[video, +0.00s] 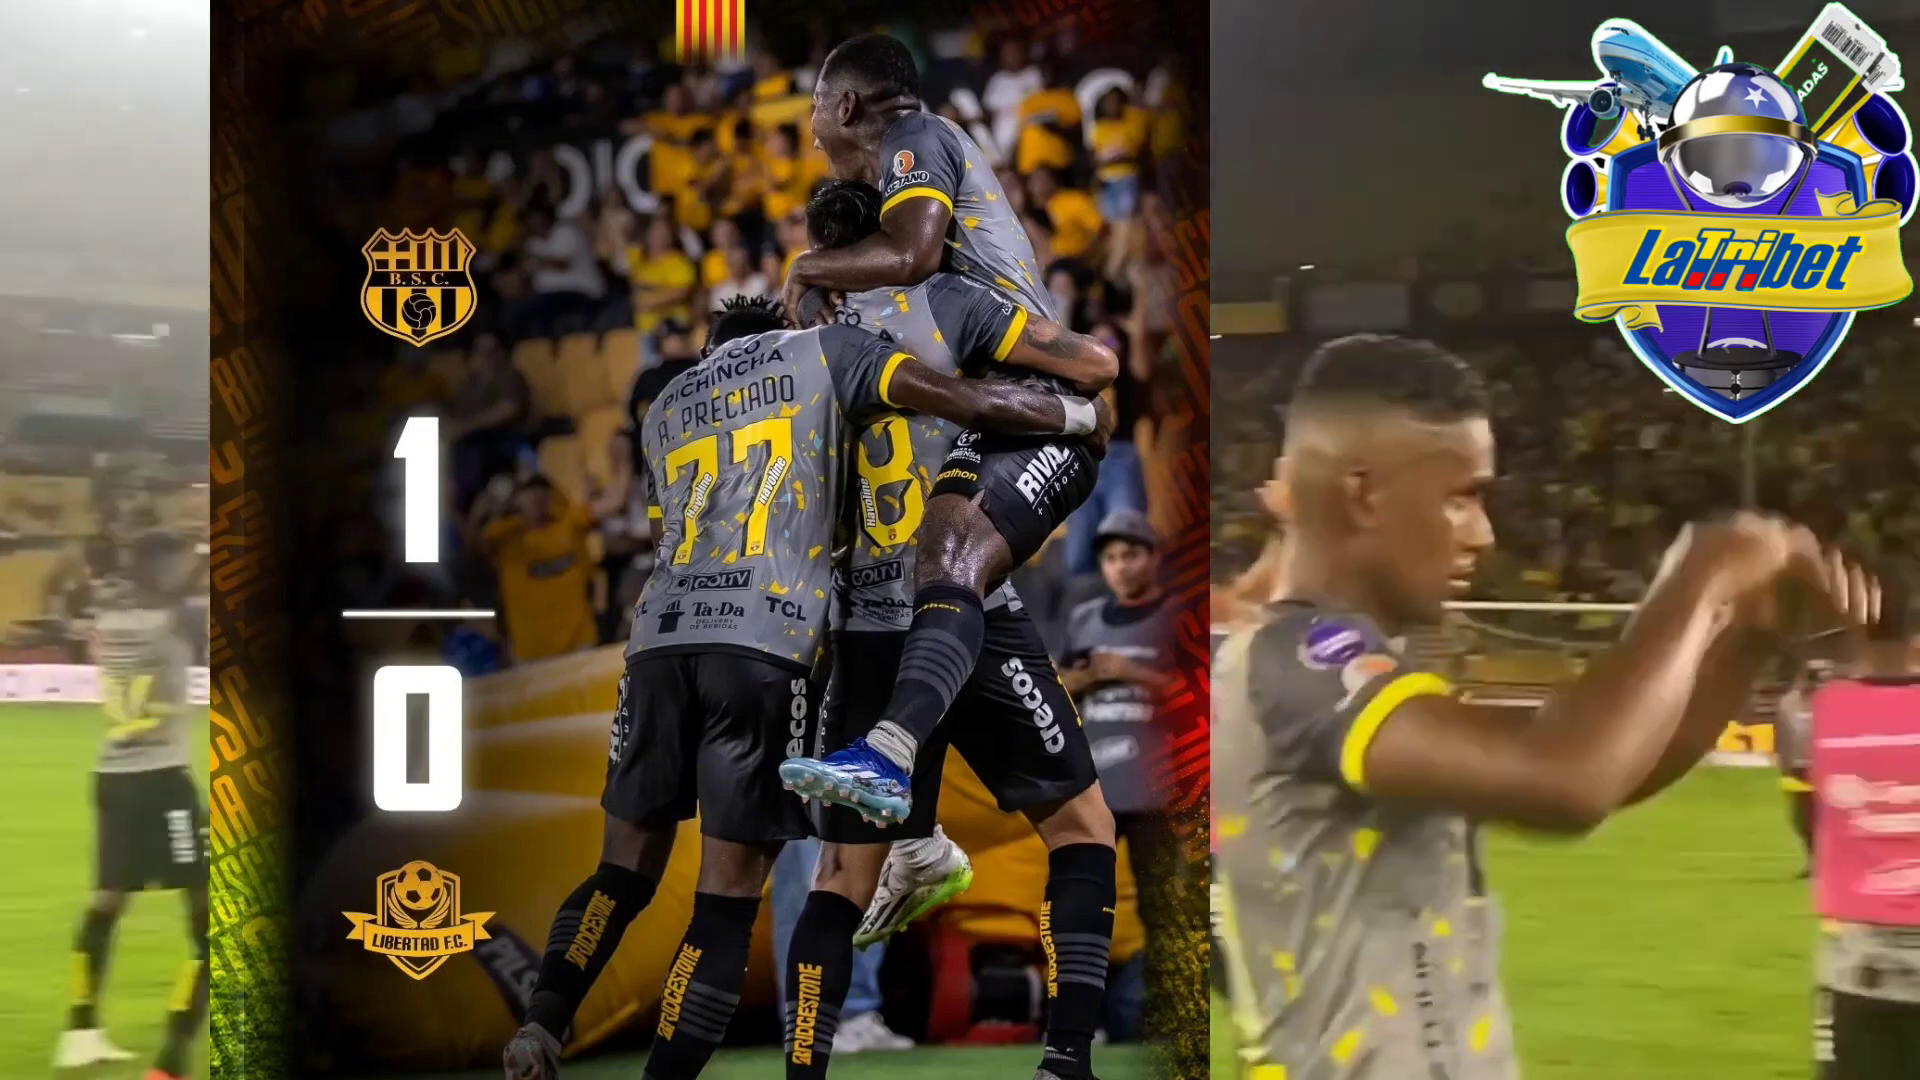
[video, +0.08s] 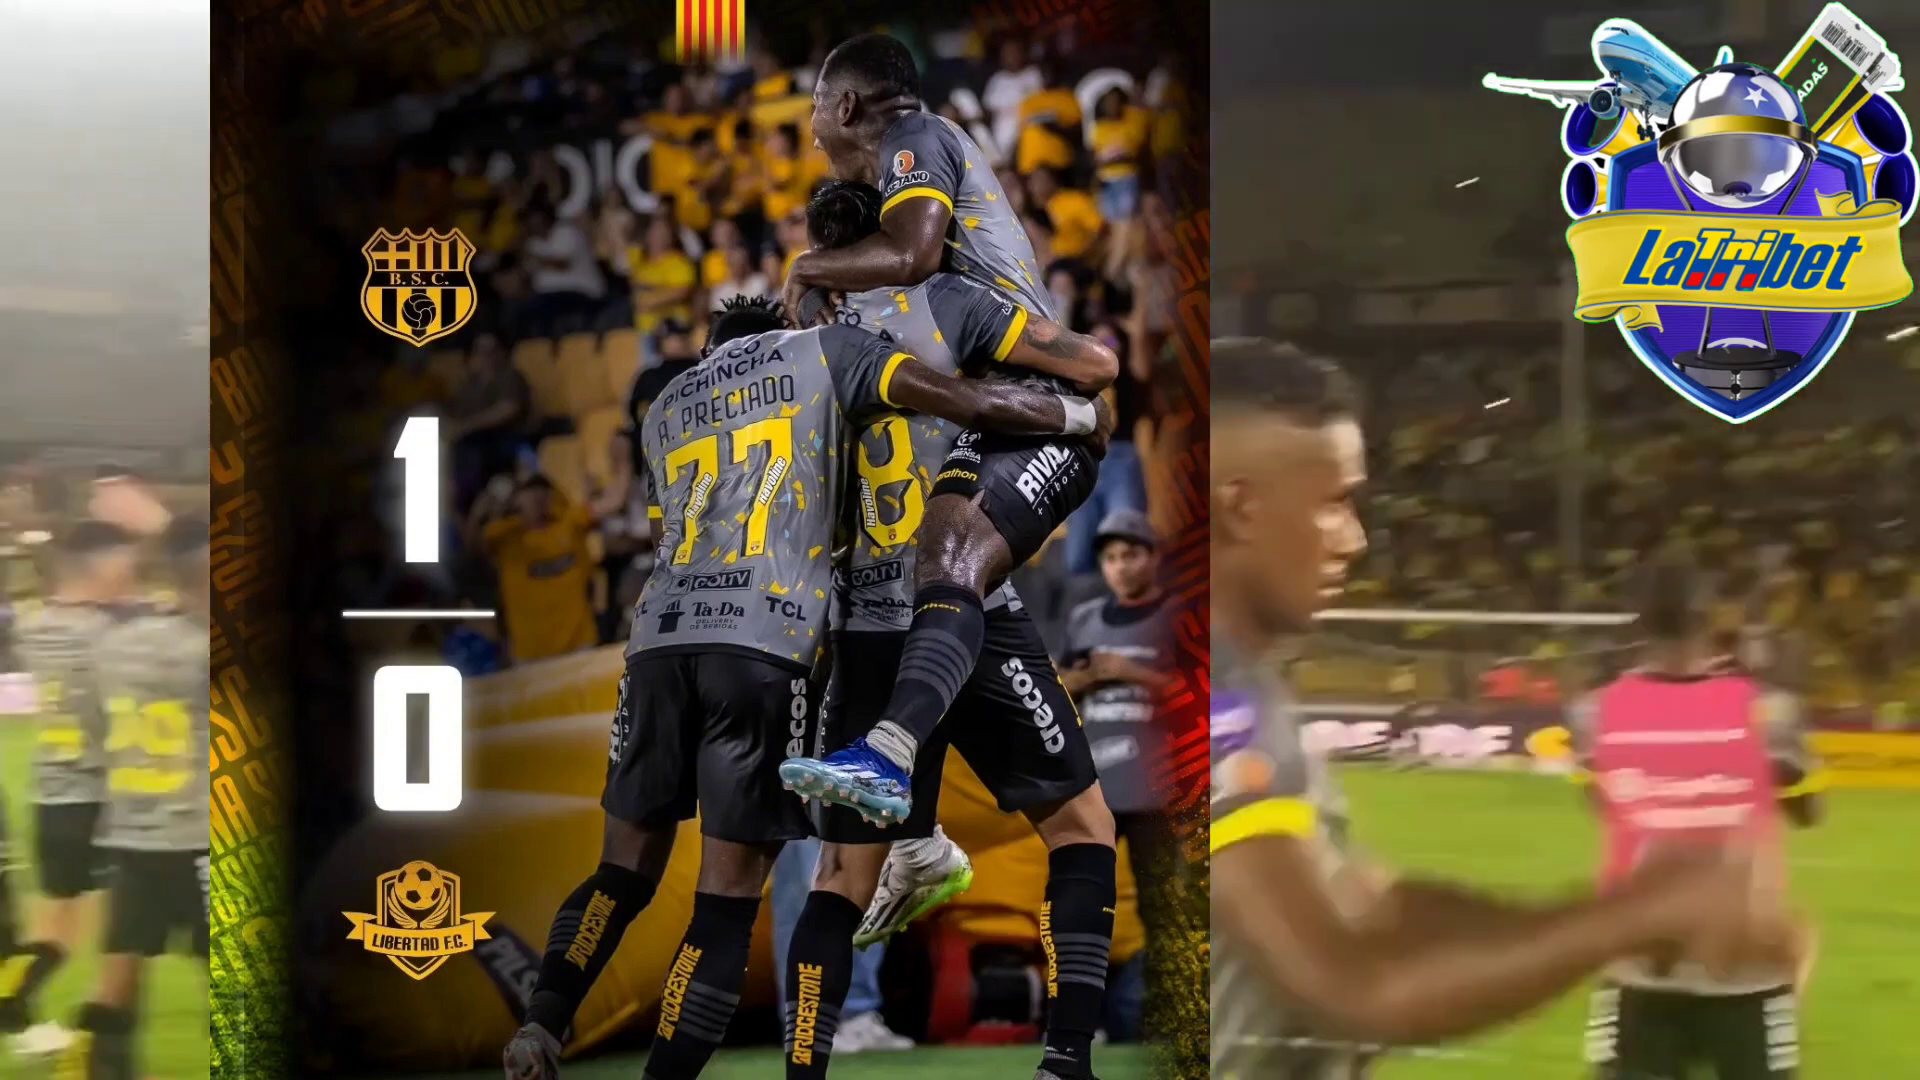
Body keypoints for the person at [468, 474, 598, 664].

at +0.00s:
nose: (537, 500)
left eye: (541, 493)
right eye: (529, 494)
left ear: (551, 497)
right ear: (518, 501)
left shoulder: (570, 525)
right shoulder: (504, 534)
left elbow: (611, 503)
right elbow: (473, 543)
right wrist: (482, 507)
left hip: (576, 639)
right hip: (529, 644)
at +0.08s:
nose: (537, 499)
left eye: (541, 493)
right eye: (529, 493)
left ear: (551, 497)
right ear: (517, 500)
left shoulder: (570, 525)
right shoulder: (504, 534)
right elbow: (473, 543)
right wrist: (481, 509)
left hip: (576, 638)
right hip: (529, 643)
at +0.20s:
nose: (537, 500)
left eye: (541, 494)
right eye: (529, 494)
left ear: (551, 497)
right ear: (518, 501)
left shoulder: (570, 524)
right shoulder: (504, 534)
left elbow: (612, 503)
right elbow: (472, 543)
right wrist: (482, 507)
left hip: (576, 638)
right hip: (529, 644)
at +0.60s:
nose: (537, 499)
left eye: (541, 492)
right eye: (529, 493)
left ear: (551, 497)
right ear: (517, 500)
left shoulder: (570, 525)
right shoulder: (504, 534)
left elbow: (611, 504)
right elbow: (473, 542)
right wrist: (483, 506)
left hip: (576, 638)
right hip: (529, 643)